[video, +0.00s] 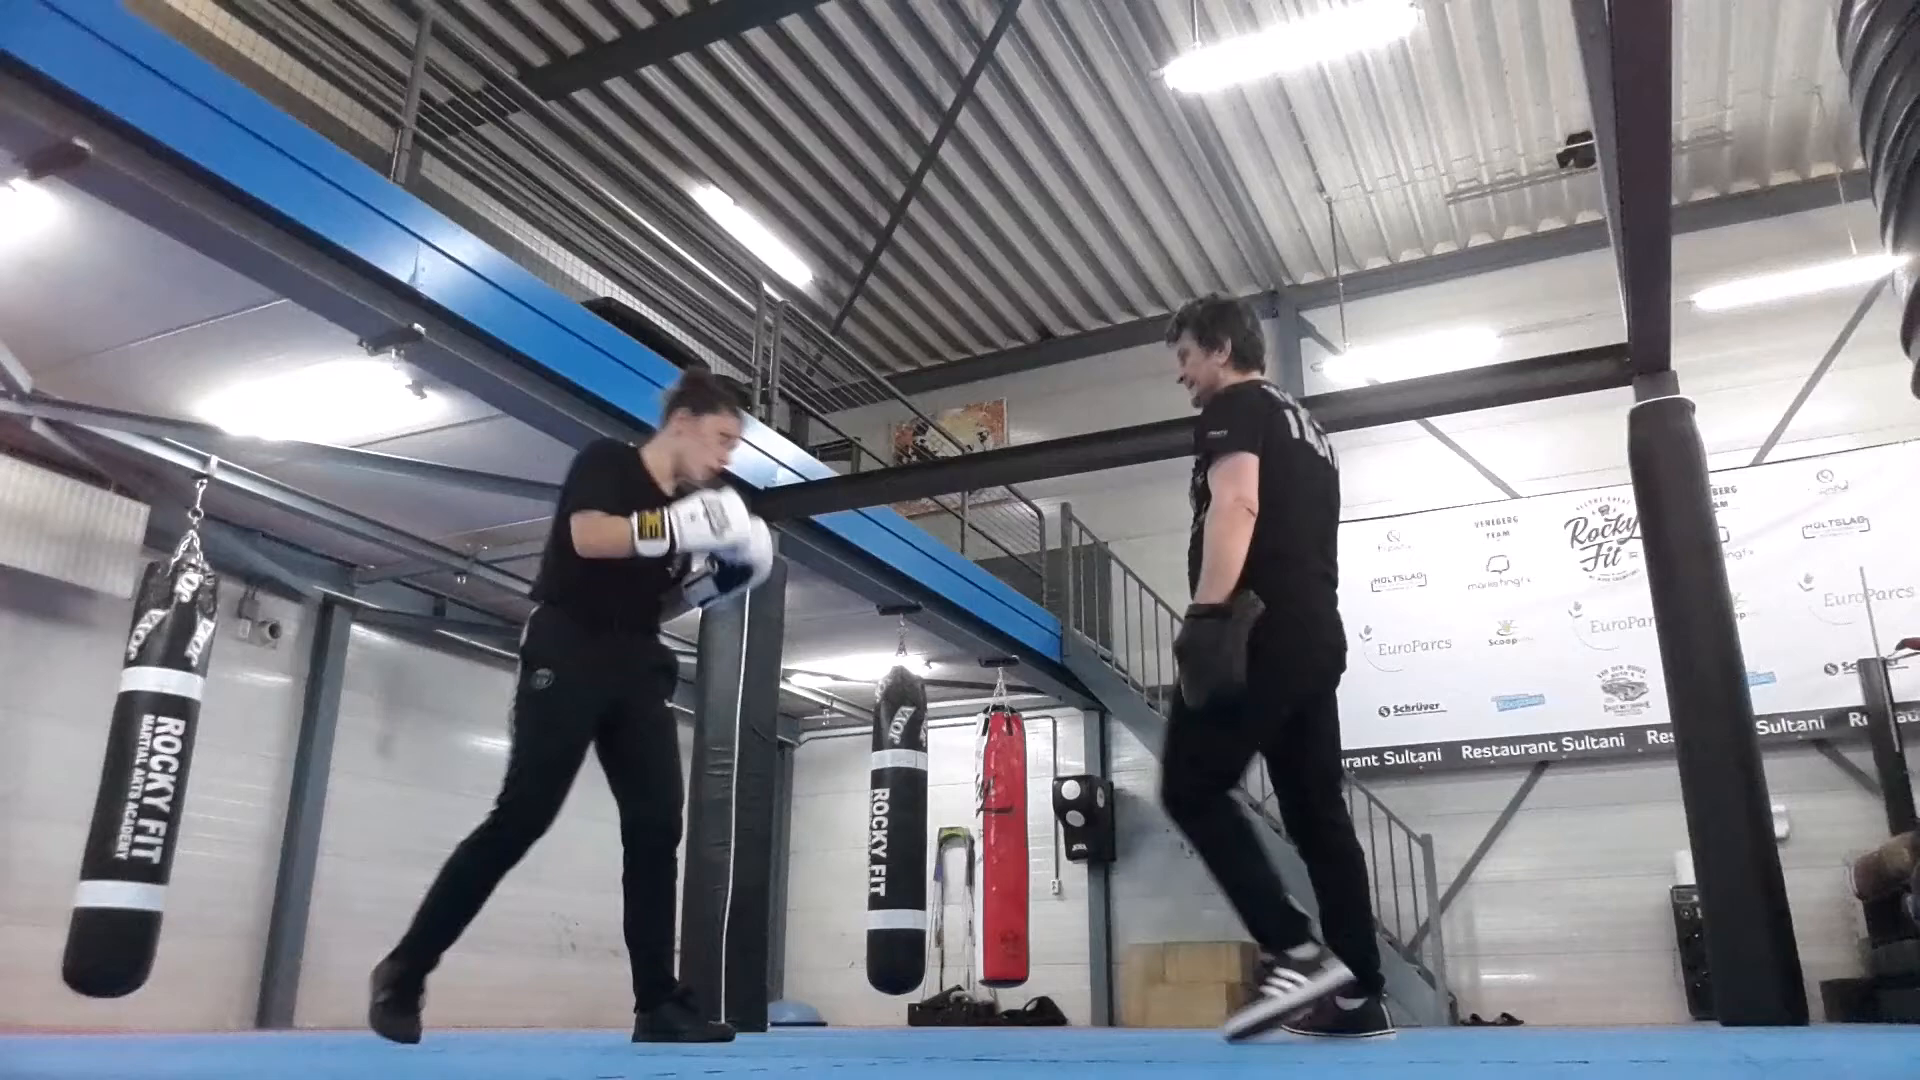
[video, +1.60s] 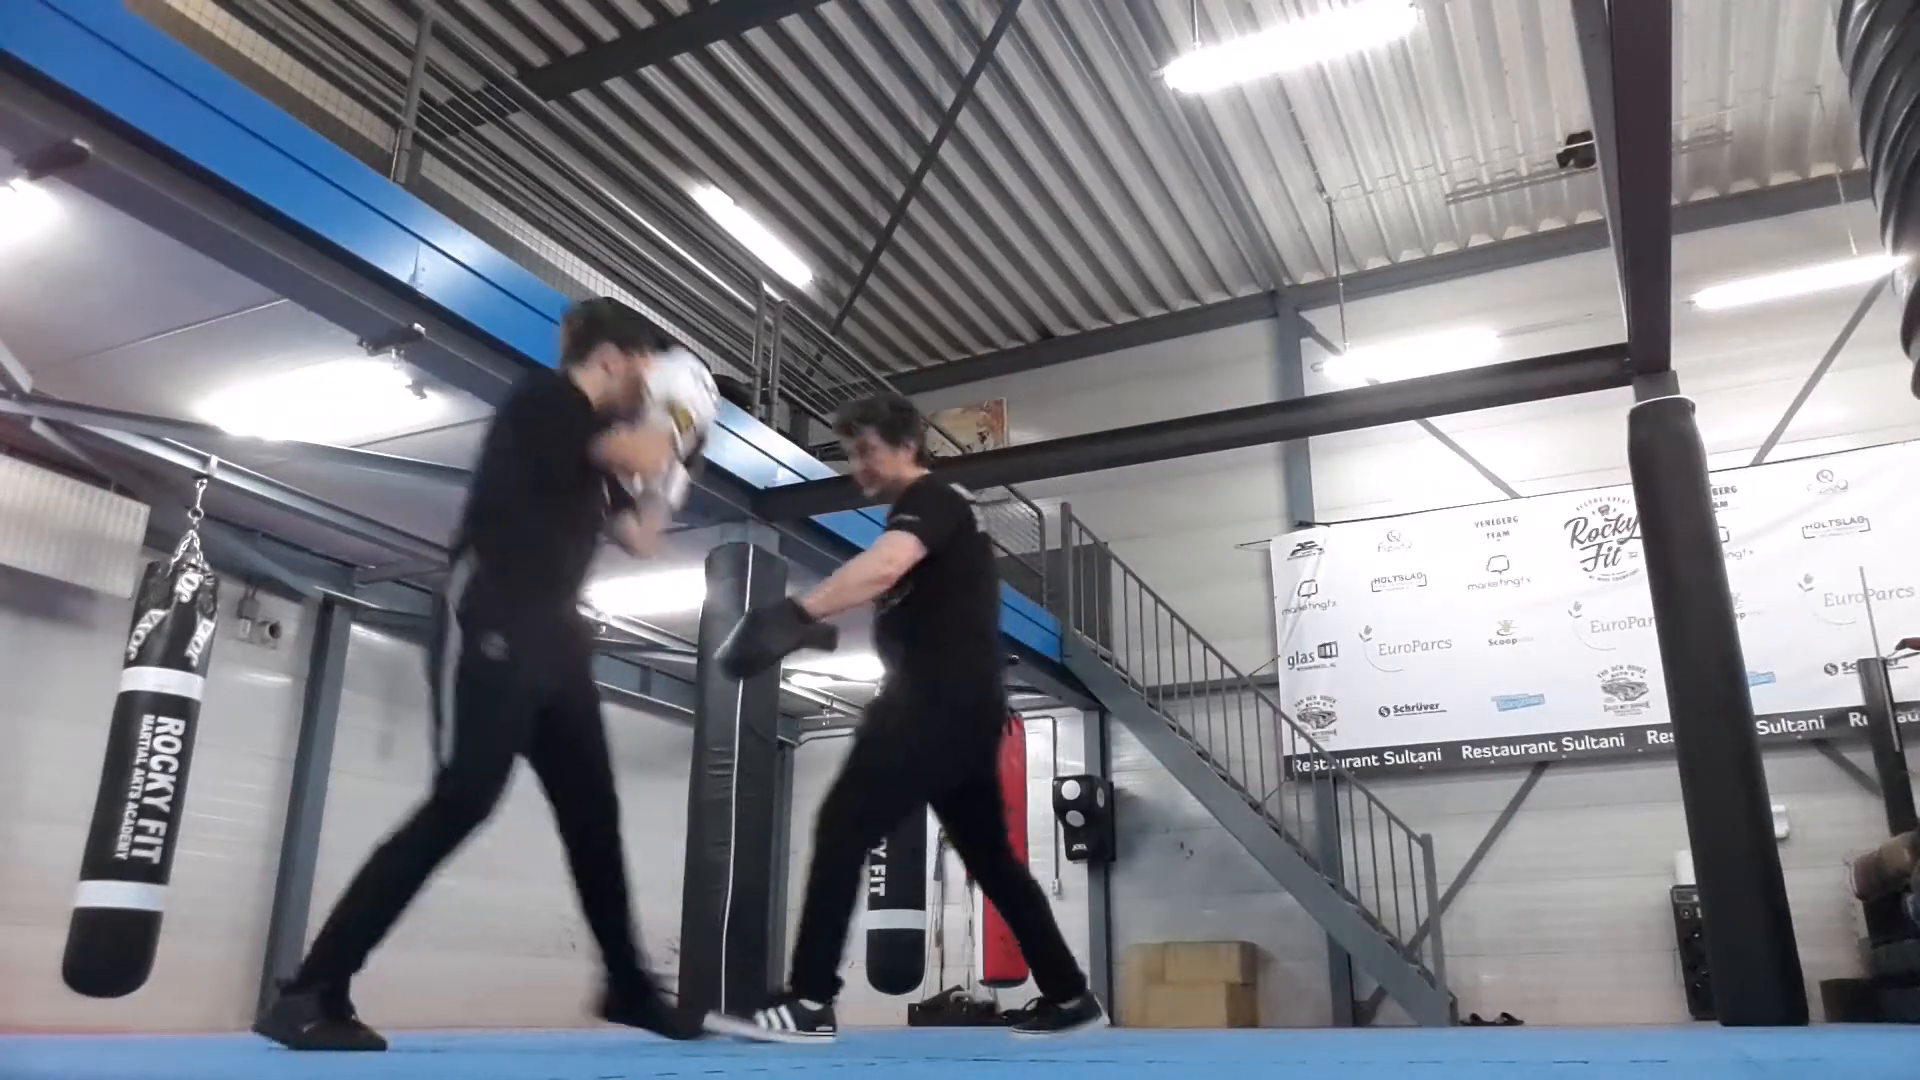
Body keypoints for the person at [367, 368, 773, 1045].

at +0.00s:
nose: (727, 458)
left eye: (733, 446)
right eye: (721, 440)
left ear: (712, 441)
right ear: (679, 423)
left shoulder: (686, 505)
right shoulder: (607, 462)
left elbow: (651, 605)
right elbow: (587, 534)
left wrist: (716, 580)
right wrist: (674, 525)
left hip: (637, 672)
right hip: (566, 659)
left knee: (655, 828)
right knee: (523, 817)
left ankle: (658, 1005)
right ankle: (404, 971)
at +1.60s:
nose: (643, 386)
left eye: (647, 375)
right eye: (640, 370)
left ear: (600, 362)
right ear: (606, 357)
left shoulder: (579, 431)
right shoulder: (547, 400)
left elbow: (635, 535)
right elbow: (630, 456)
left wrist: (661, 464)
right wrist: (674, 421)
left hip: (552, 626)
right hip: (500, 615)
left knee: (589, 810)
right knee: (465, 795)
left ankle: (629, 986)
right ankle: (314, 989)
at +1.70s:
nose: (624, 348)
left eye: (626, 337)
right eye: (621, 333)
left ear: (583, 322)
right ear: (586, 313)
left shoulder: (556, 397)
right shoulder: (524, 346)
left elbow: (603, 503)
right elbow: (602, 418)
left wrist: (668, 441)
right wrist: (646, 385)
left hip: (508, 575)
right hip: (451, 556)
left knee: (571, 762)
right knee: (441, 750)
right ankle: (298, 969)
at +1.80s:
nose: (602, 330)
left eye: (606, 316)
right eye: (597, 309)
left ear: (554, 303)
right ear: (557, 291)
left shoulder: (532, 379)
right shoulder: (492, 327)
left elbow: (558, 503)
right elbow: (557, 417)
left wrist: (641, 470)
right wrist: (618, 382)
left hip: (471, 572)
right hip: (420, 551)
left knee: (525, 768)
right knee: (406, 735)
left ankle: (401, 954)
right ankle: (211, 932)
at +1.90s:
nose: (568, 341)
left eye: (571, 326)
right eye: (565, 321)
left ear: (520, 307)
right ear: (521, 304)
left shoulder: (491, 392)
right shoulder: (450, 344)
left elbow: (481, 528)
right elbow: (494, 442)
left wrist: (586, 506)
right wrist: (567, 414)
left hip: (433, 604)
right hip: (387, 581)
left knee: (468, 812)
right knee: (320, 759)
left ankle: (357, 1002)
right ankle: (88, 946)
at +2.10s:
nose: (516, 319)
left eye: (519, 303)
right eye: (513, 298)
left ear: (467, 284)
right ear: (472, 277)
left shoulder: (426, 362)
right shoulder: (379, 298)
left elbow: (370, 482)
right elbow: (394, 395)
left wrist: (462, 498)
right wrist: (491, 385)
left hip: (350, 584)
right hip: (285, 557)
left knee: (390, 779)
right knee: (208, 750)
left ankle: (361, 985)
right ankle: (16, 970)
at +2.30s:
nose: (477, 241)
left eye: (482, 228)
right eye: (474, 218)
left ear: (432, 214)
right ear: (432, 190)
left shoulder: (397, 294)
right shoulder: (360, 198)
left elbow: (359, 434)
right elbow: (383, 278)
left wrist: (468, 411)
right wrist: (480, 287)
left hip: (296, 486)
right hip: (239, 441)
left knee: (346, 727)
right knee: (187, 681)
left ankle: (243, 959)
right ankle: (4, 935)